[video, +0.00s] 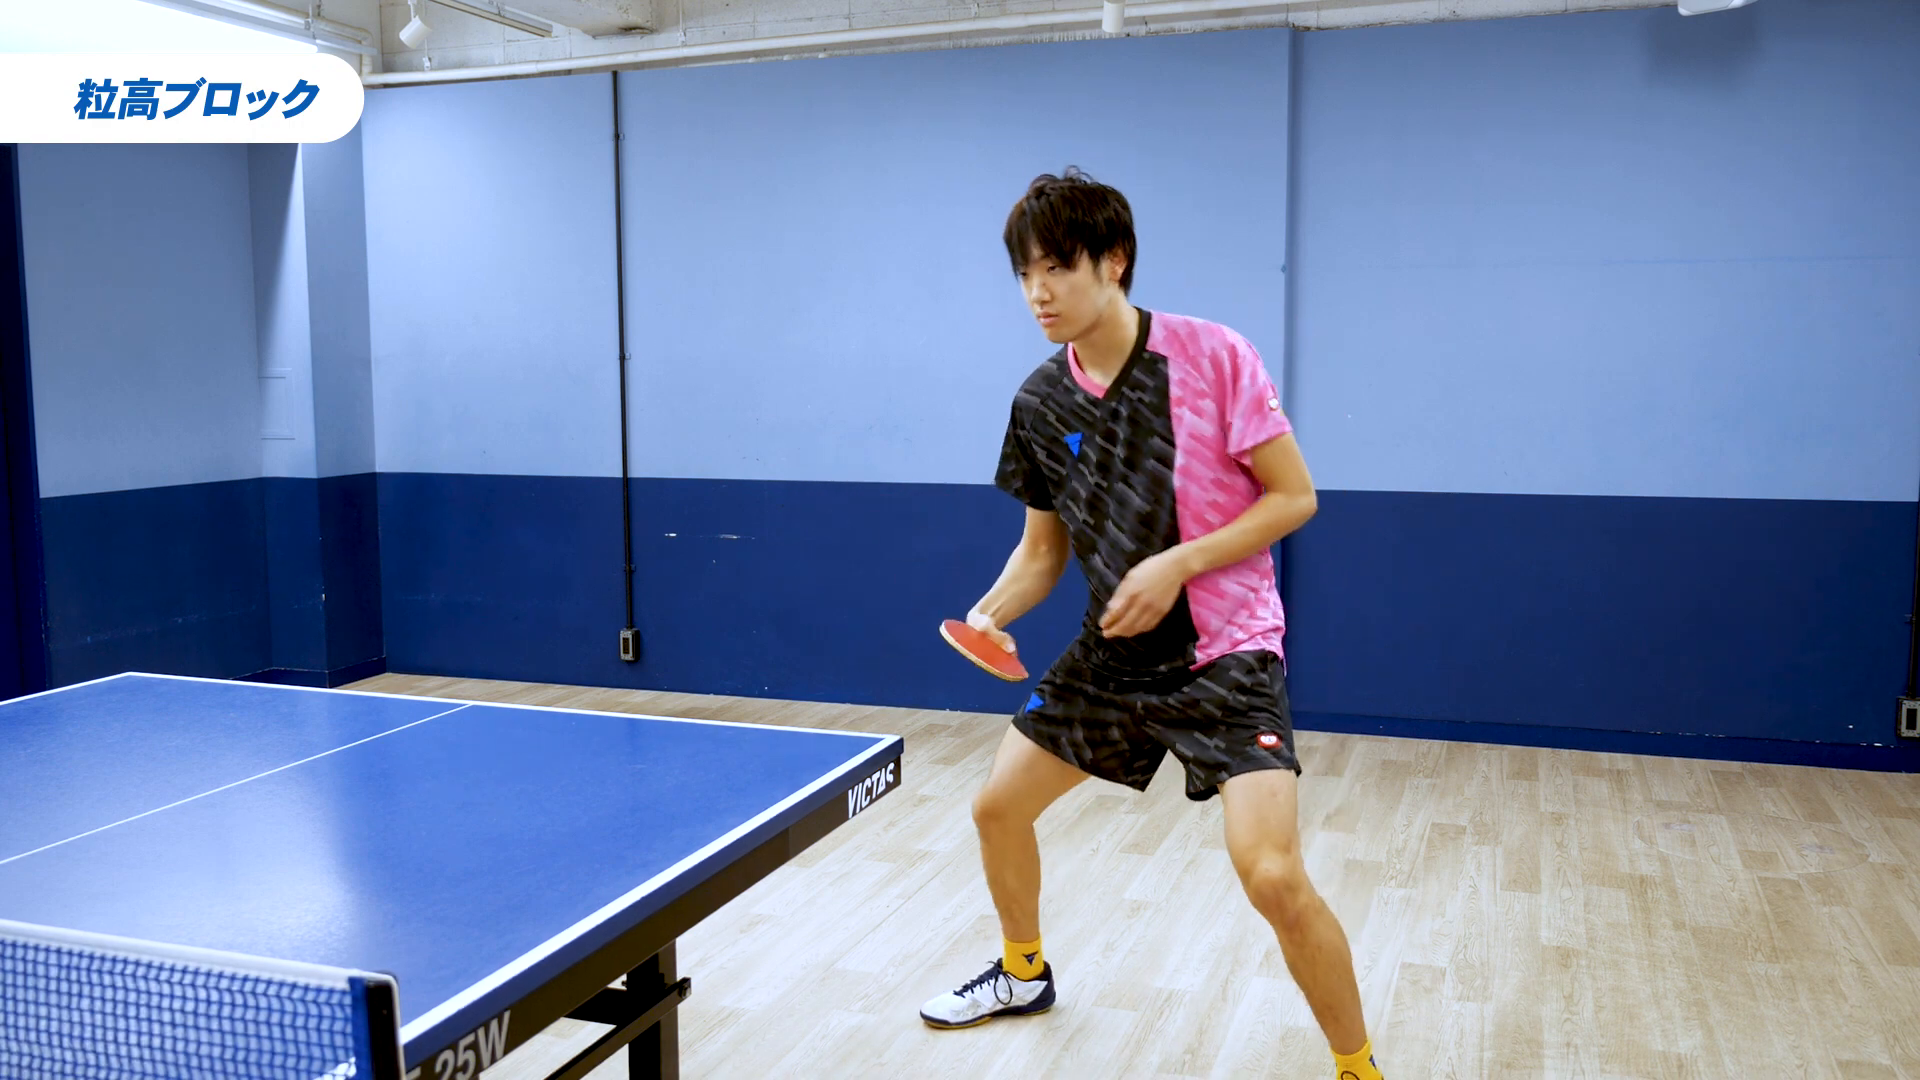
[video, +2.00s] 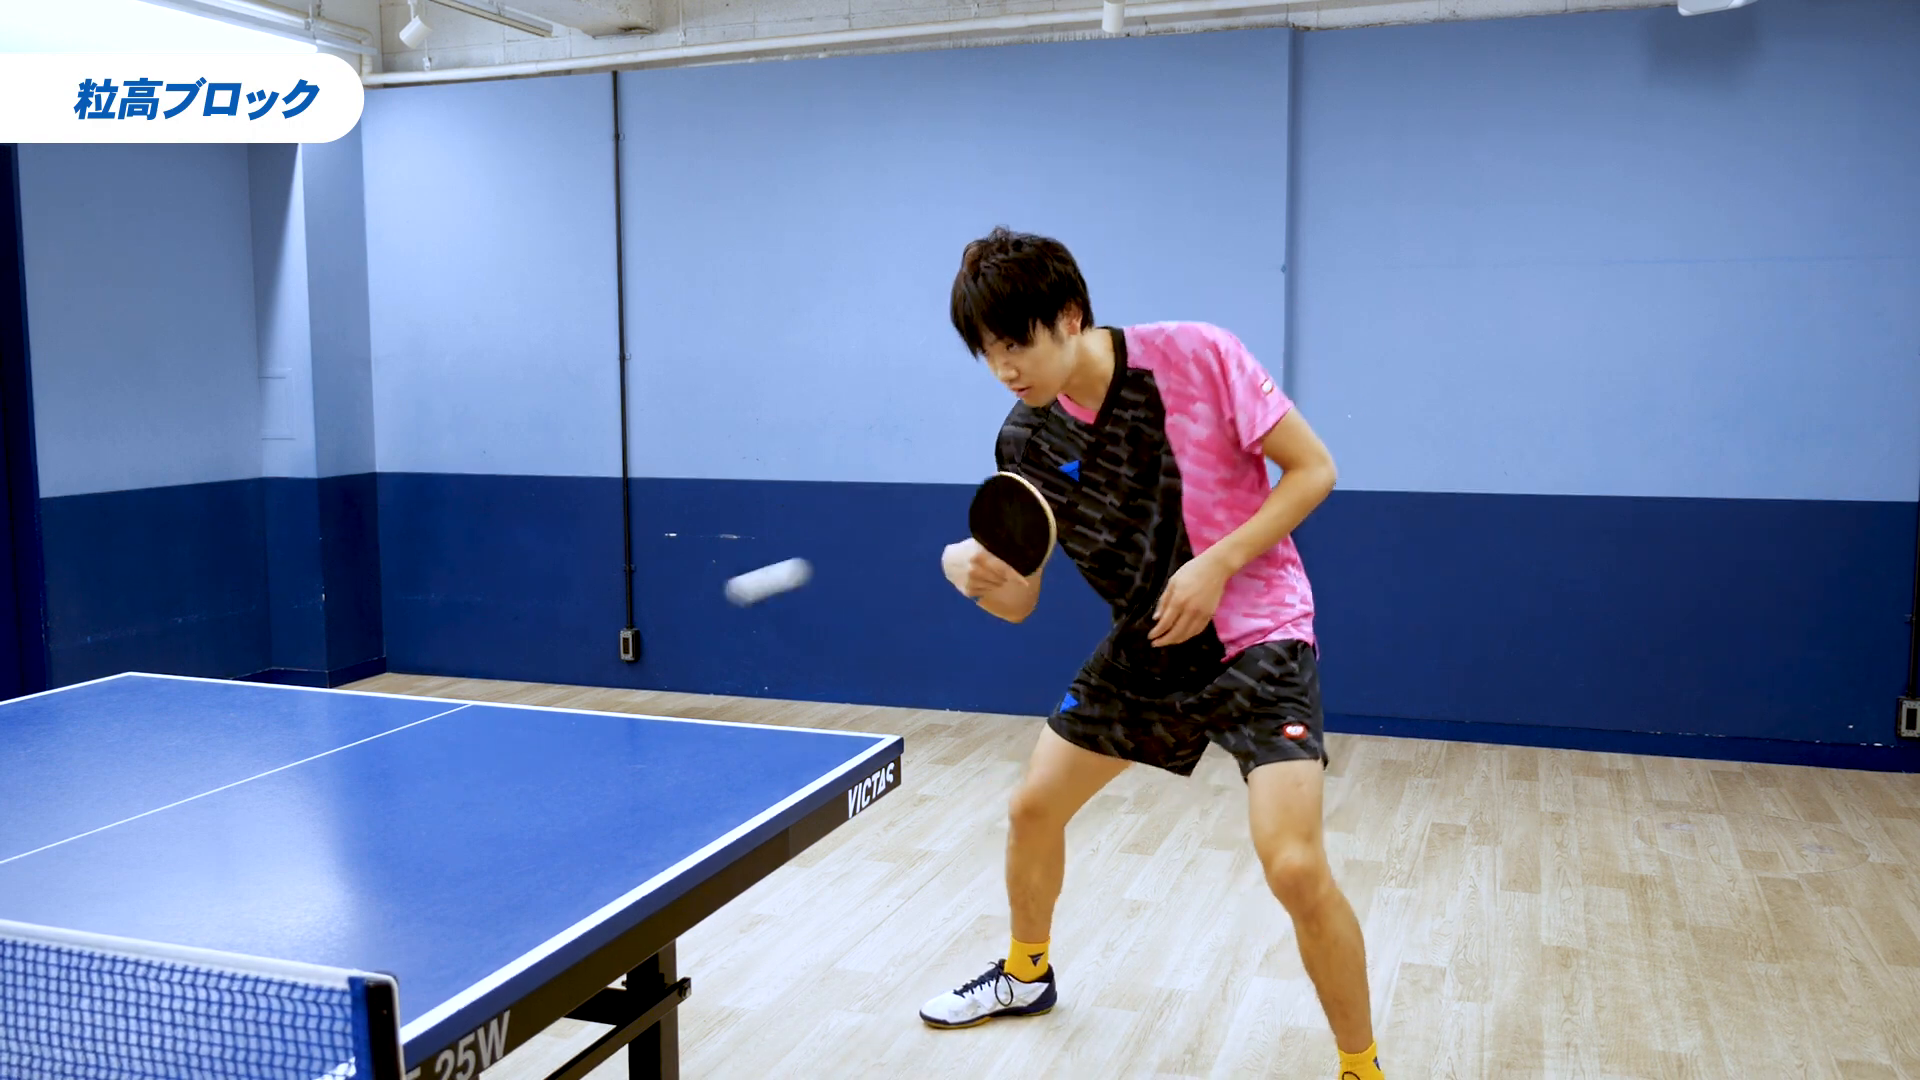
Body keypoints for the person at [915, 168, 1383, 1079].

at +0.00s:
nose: (1039, 290)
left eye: (1057, 265)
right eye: (1026, 272)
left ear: (1113, 261)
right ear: (1020, 283)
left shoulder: (1212, 354)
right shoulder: (1042, 401)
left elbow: (1294, 496)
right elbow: (1042, 548)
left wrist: (1179, 562)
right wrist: (991, 613)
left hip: (1229, 650)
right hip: (1115, 650)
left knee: (1273, 877)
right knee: (999, 809)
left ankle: (1358, 1068)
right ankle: (1022, 972)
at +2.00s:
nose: (1004, 371)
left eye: (1014, 345)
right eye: (987, 354)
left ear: (1070, 317)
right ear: (977, 351)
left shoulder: (1197, 356)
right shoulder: (1028, 439)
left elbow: (1314, 470)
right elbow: (1019, 601)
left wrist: (1217, 564)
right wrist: (975, 573)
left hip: (1260, 632)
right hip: (1146, 641)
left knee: (1295, 868)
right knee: (1033, 807)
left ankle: (1360, 1065)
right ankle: (1025, 973)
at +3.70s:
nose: (1097, 267)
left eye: (1115, 240)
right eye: (1081, 249)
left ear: (1173, 227)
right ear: (1072, 256)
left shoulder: (1284, 304)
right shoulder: (1083, 384)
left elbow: (1373, 421)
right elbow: (1034, 538)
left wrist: (1309, 503)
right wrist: (975, 613)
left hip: (1286, 607)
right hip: (1165, 610)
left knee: (1328, 856)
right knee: (1067, 789)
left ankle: (1364, 1068)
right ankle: (1014, 953)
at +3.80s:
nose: (1104, 248)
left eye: (1124, 221)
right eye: (1089, 230)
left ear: (1183, 216)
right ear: (1079, 238)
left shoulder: (1285, 304)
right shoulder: (1081, 369)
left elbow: (1370, 430)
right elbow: (1039, 526)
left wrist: (1302, 508)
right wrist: (982, 605)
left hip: (1275, 608)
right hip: (1156, 608)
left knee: (1321, 859)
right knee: (1055, 790)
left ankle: (1363, 1065)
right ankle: (1015, 955)